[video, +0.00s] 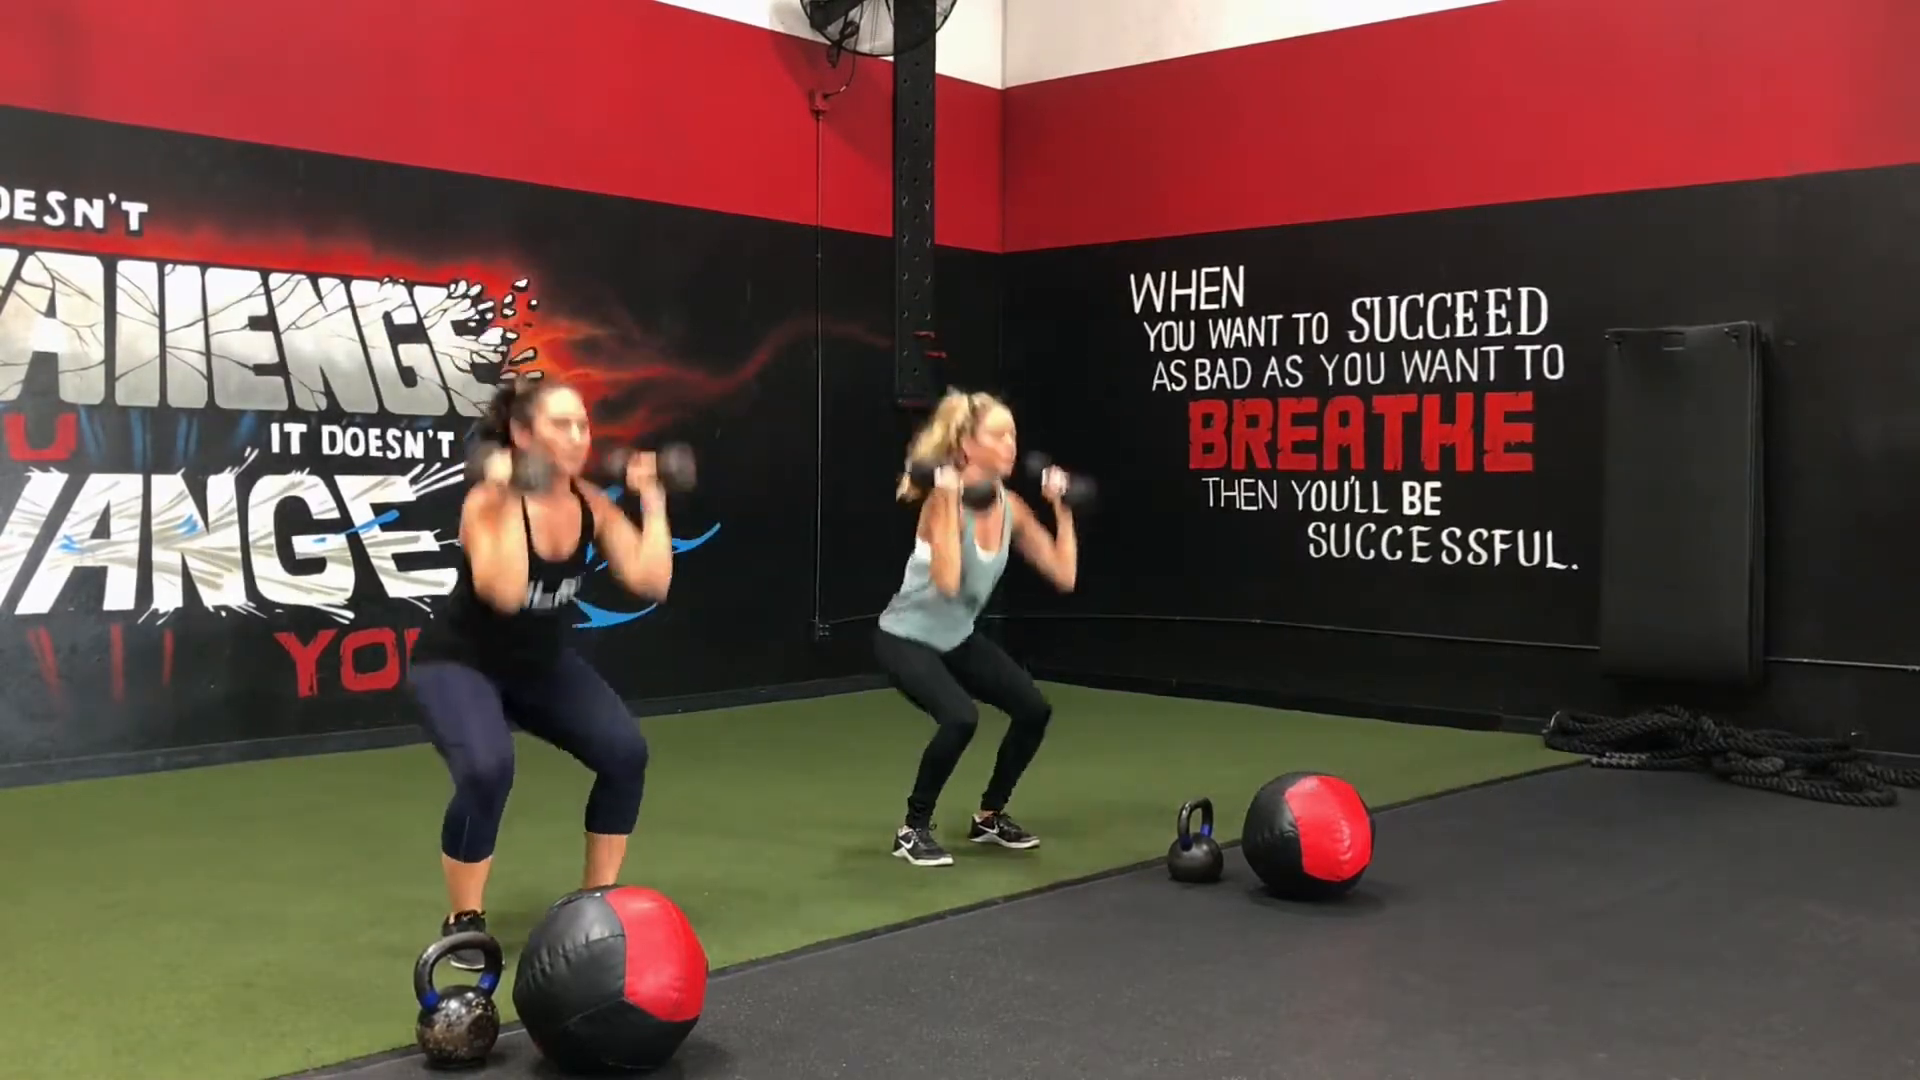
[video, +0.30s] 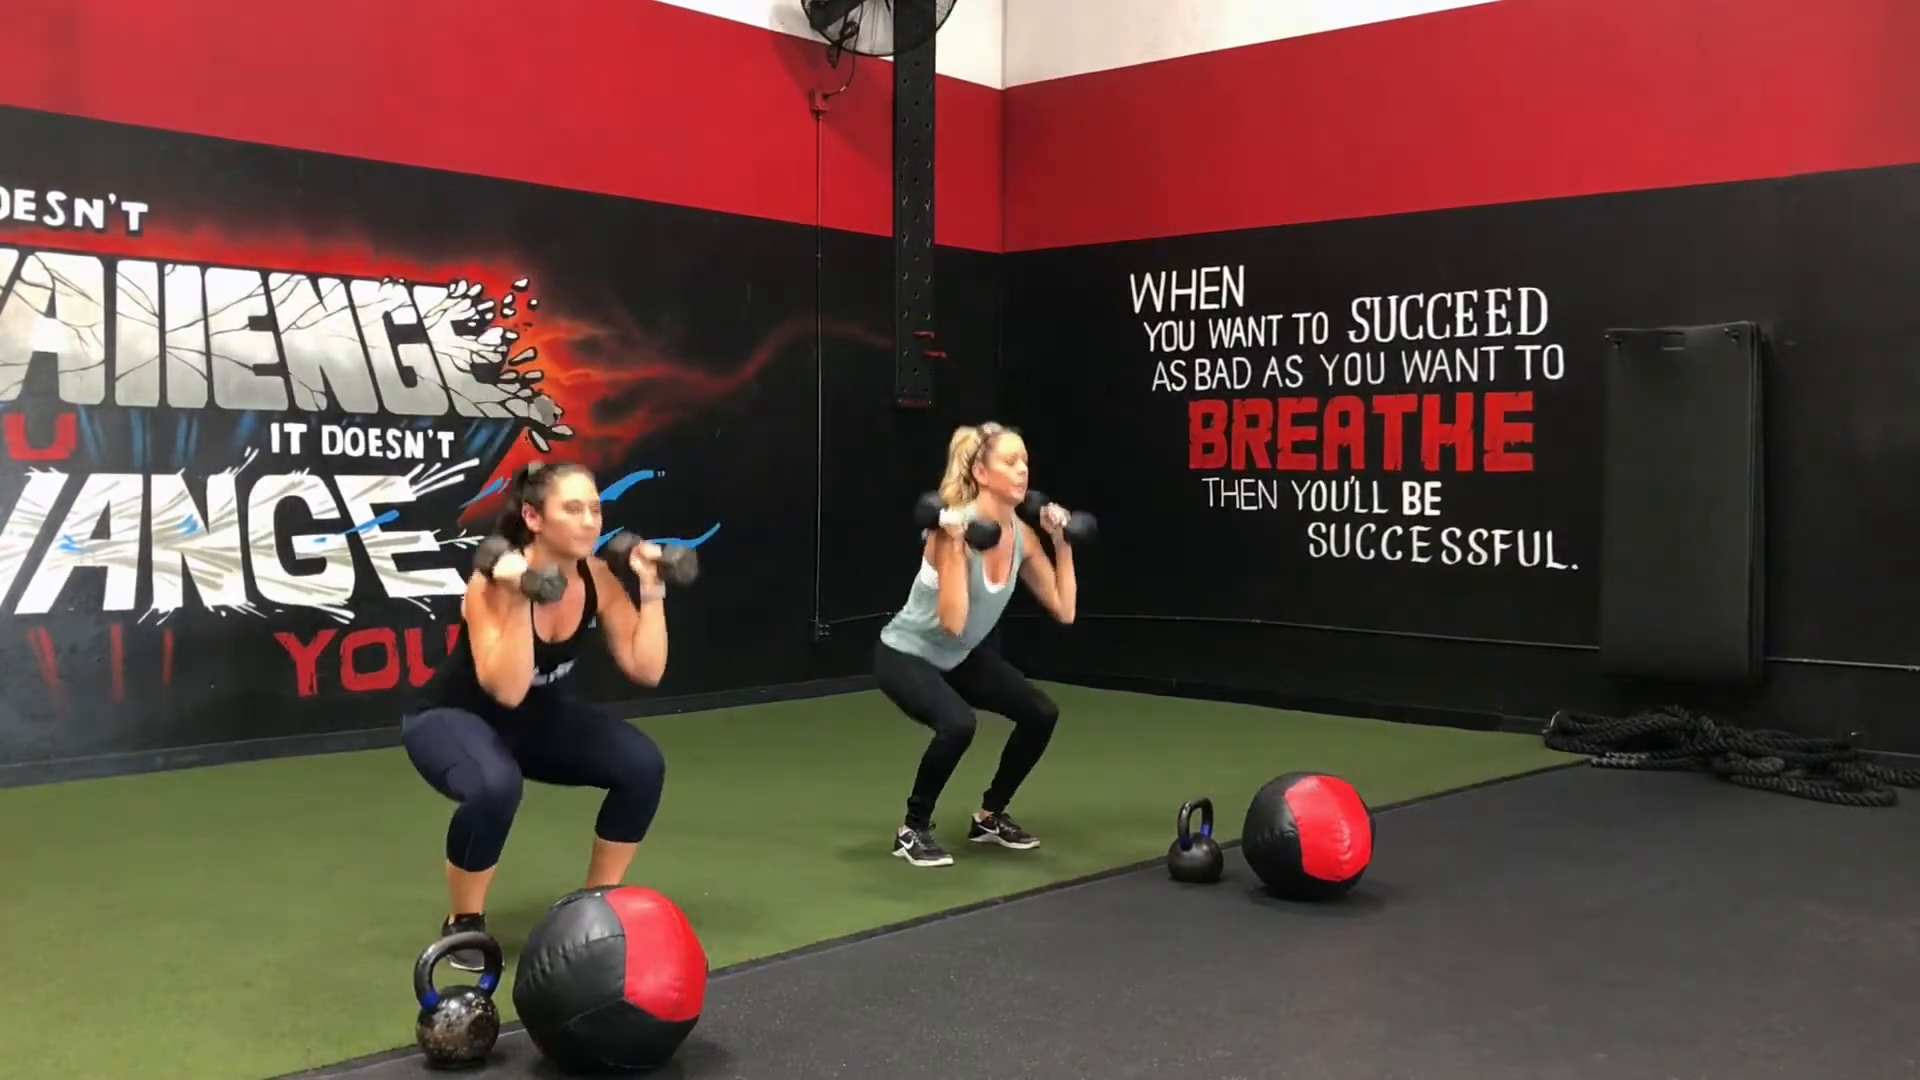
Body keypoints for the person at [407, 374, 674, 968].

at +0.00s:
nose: (579, 436)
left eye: (582, 424)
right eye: (563, 425)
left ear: (589, 432)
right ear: (521, 434)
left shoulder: (590, 503)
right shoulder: (489, 501)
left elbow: (651, 582)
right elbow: (505, 593)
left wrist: (652, 497)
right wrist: (506, 495)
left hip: (541, 663)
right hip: (458, 662)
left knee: (625, 752)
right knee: (487, 768)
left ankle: (594, 906)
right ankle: (465, 925)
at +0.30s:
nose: (591, 520)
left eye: (595, 508)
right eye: (575, 508)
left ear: (601, 515)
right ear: (534, 518)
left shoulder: (598, 573)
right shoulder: (492, 583)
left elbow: (646, 670)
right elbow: (508, 688)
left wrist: (650, 587)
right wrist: (516, 596)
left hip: (537, 716)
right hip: (453, 717)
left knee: (641, 765)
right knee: (495, 785)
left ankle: (597, 910)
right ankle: (465, 928)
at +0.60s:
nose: (553, 326)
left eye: (559, 316)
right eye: (537, 314)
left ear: (567, 327)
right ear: (499, 321)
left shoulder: (577, 385)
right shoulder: (477, 389)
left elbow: (640, 318)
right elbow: (499, 305)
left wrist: (626, 224)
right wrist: (494, 204)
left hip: (578, 605)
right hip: (498, 606)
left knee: (582, 750)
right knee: (486, 756)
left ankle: (599, 904)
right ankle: (464, 920)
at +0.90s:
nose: (555, 331)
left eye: (561, 319)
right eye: (538, 320)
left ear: (568, 331)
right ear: (499, 331)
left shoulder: (581, 411)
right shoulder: (479, 406)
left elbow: (646, 487)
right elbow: (491, 484)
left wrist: (636, 406)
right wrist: (488, 391)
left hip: (583, 611)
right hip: (503, 613)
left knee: (590, 753)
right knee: (486, 762)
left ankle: (597, 906)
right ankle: (464, 921)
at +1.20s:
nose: (552, 369)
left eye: (565, 355)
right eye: (538, 354)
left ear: (580, 351)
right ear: (512, 349)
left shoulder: (603, 421)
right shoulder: (477, 425)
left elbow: (619, 516)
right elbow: (431, 521)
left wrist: (639, 522)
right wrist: (468, 490)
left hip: (580, 610)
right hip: (496, 610)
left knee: (594, 750)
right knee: (482, 748)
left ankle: (596, 911)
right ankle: (424, 923)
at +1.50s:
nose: (429, 542)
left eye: (444, 528)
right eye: (415, 526)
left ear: (467, 509)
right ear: (387, 500)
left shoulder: (491, 551)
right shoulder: (337, 541)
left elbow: (465, 660)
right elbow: (304, 648)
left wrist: (429, 745)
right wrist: (316, 749)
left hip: (461, 646)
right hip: (367, 645)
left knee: (483, 777)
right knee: (354, 782)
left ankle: (472, 943)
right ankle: (356, 959)